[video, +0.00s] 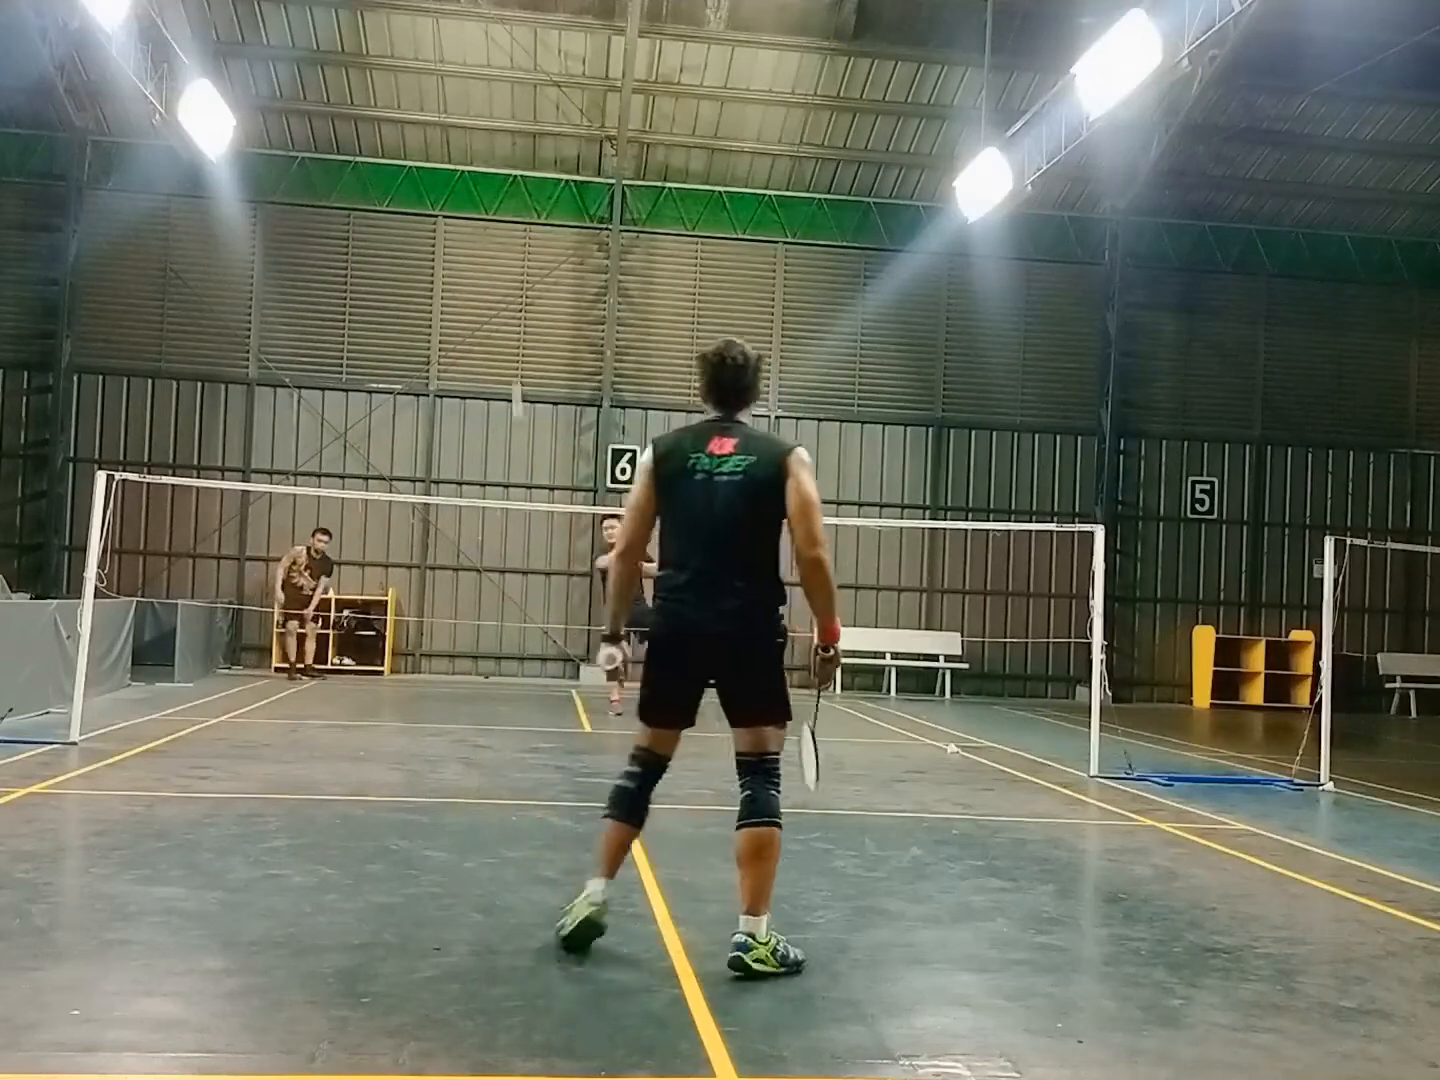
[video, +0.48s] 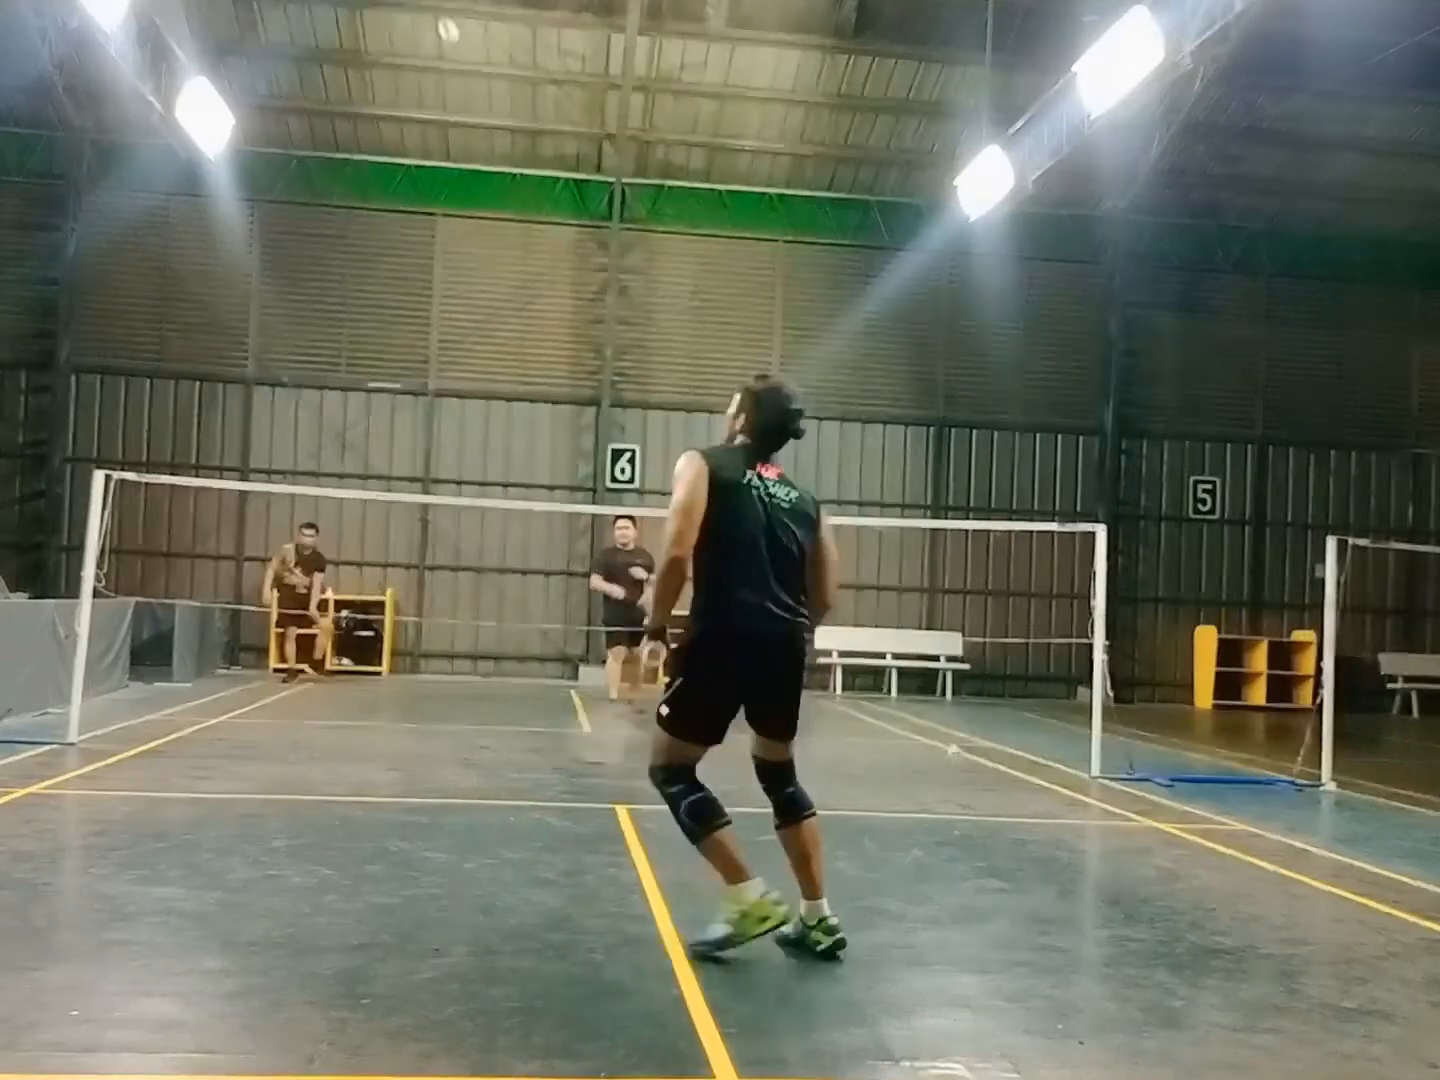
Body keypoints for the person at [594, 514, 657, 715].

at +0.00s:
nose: (609, 532)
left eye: (613, 528)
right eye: (605, 529)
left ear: (623, 530)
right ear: (602, 533)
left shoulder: (635, 552)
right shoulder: (602, 559)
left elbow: (654, 569)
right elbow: (602, 563)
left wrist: (631, 561)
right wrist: (623, 554)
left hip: (637, 604)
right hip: (615, 606)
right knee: (612, 648)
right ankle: (614, 693)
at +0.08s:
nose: (610, 531)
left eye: (614, 527)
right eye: (606, 528)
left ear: (624, 529)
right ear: (602, 532)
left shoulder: (634, 551)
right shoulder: (603, 556)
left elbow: (655, 569)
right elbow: (609, 556)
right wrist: (630, 538)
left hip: (637, 603)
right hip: (614, 608)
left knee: (649, 637)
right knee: (615, 654)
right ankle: (614, 697)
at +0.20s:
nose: (613, 530)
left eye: (617, 526)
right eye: (609, 527)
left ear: (626, 529)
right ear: (604, 531)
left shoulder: (636, 551)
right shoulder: (603, 555)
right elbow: (614, 553)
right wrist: (634, 536)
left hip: (639, 607)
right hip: (615, 609)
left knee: (648, 652)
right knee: (618, 652)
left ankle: (653, 687)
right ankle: (614, 697)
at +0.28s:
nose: (615, 530)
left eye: (619, 526)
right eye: (611, 527)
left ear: (627, 529)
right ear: (606, 531)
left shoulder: (633, 552)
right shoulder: (603, 557)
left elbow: (642, 568)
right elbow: (611, 560)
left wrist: (635, 545)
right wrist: (632, 543)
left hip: (637, 606)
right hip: (615, 607)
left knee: (644, 651)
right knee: (618, 652)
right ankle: (615, 696)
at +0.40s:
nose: (619, 531)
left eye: (623, 527)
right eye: (615, 528)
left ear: (631, 529)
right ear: (610, 531)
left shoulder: (639, 552)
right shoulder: (605, 552)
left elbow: (650, 572)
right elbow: (597, 574)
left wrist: (637, 566)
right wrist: (622, 566)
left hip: (639, 607)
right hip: (614, 608)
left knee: (640, 652)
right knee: (617, 652)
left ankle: (637, 691)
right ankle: (615, 697)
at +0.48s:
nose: (622, 532)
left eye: (627, 528)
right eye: (618, 528)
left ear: (635, 531)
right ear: (613, 532)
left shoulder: (644, 556)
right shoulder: (605, 555)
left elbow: (653, 582)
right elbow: (594, 581)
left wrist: (645, 577)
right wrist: (611, 588)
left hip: (638, 610)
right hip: (615, 609)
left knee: (636, 652)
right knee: (617, 652)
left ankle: (634, 692)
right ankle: (613, 696)